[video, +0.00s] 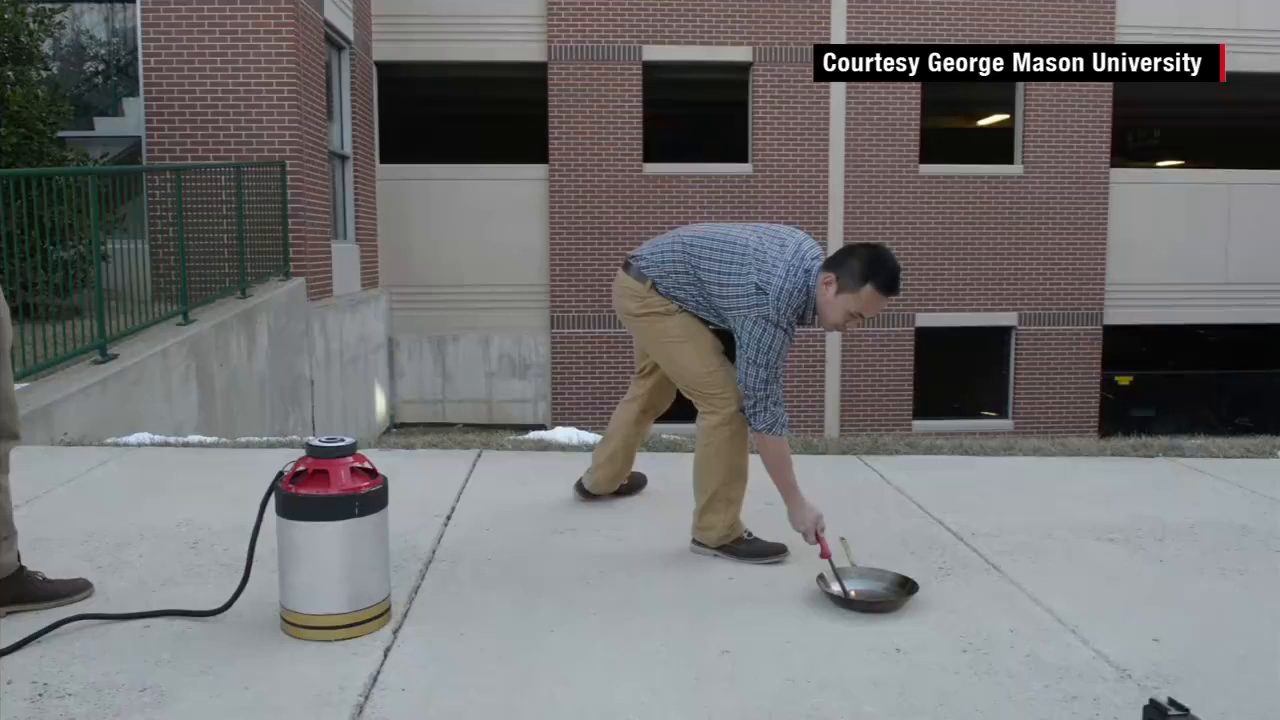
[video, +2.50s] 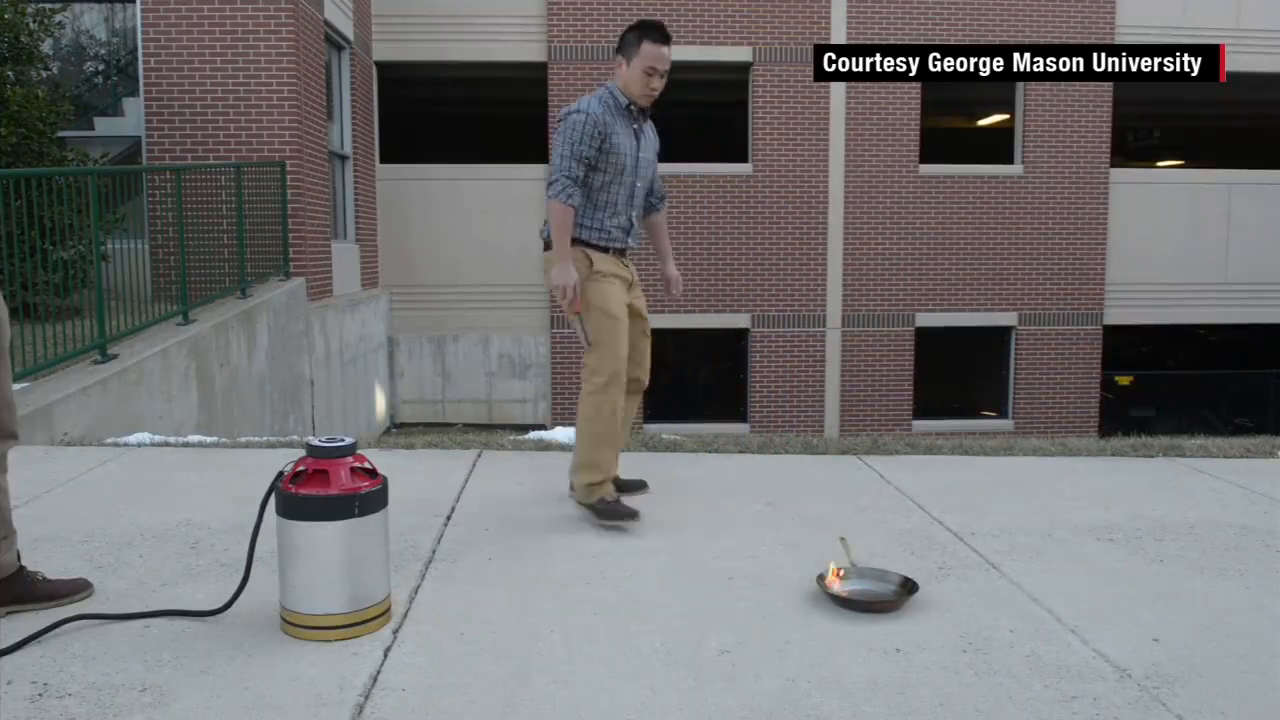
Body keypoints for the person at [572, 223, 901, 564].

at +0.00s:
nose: (854, 326)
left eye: (863, 320)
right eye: (854, 315)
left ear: (832, 278)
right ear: (828, 284)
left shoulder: (805, 254)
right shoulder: (768, 301)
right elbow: (764, 410)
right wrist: (795, 502)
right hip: (651, 290)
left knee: (653, 385)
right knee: (726, 403)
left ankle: (601, 478)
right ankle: (717, 532)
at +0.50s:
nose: (852, 327)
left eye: (862, 321)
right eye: (853, 315)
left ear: (832, 278)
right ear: (829, 284)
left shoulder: (805, 256)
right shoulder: (768, 300)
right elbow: (763, 409)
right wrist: (793, 503)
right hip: (652, 290)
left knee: (653, 386)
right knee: (726, 403)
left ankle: (601, 477)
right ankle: (717, 532)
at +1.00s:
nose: (852, 327)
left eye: (862, 320)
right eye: (853, 315)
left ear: (832, 278)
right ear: (829, 284)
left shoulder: (805, 255)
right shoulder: (768, 300)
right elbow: (763, 409)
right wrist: (791, 503)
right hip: (652, 290)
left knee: (654, 385)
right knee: (726, 402)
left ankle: (601, 478)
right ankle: (717, 532)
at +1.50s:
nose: (851, 325)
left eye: (861, 319)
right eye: (852, 313)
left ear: (830, 277)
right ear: (827, 282)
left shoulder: (803, 255)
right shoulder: (766, 299)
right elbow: (760, 406)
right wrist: (789, 501)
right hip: (651, 289)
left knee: (652, 387)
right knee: (723, 401)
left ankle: (601, 478)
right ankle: (717, 532)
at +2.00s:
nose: (822, 238)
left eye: (830, 229)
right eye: (819, 225)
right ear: (788, 204)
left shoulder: (765, 219)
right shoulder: (741, 239)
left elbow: (728, 282)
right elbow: (703, 337)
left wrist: (730, 334)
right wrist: (701, 422)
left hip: (660, 285)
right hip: (630, 288)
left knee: (665, 388)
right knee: (707, 399)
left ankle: (597, 473)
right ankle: (716, 530)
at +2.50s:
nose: (657, 84)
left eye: (664, 75)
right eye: (649, 72)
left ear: (666, 73)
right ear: (619, 65)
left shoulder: (646, 131)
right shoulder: (586, 116)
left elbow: (652, 204)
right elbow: (562, 189)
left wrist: (667, 262)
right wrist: (561, 260)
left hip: (622, 263)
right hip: (588, 260)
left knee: (633, 373)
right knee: (607, 368)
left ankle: (602, 471)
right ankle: (591, 485)